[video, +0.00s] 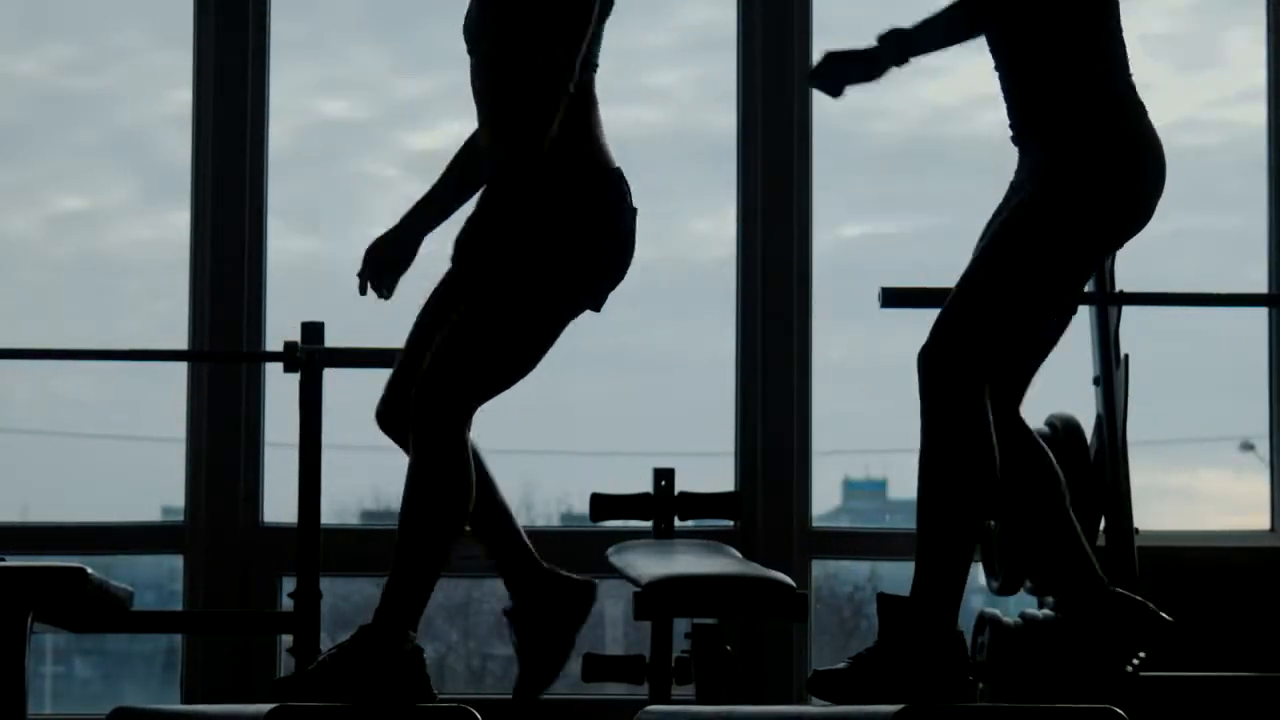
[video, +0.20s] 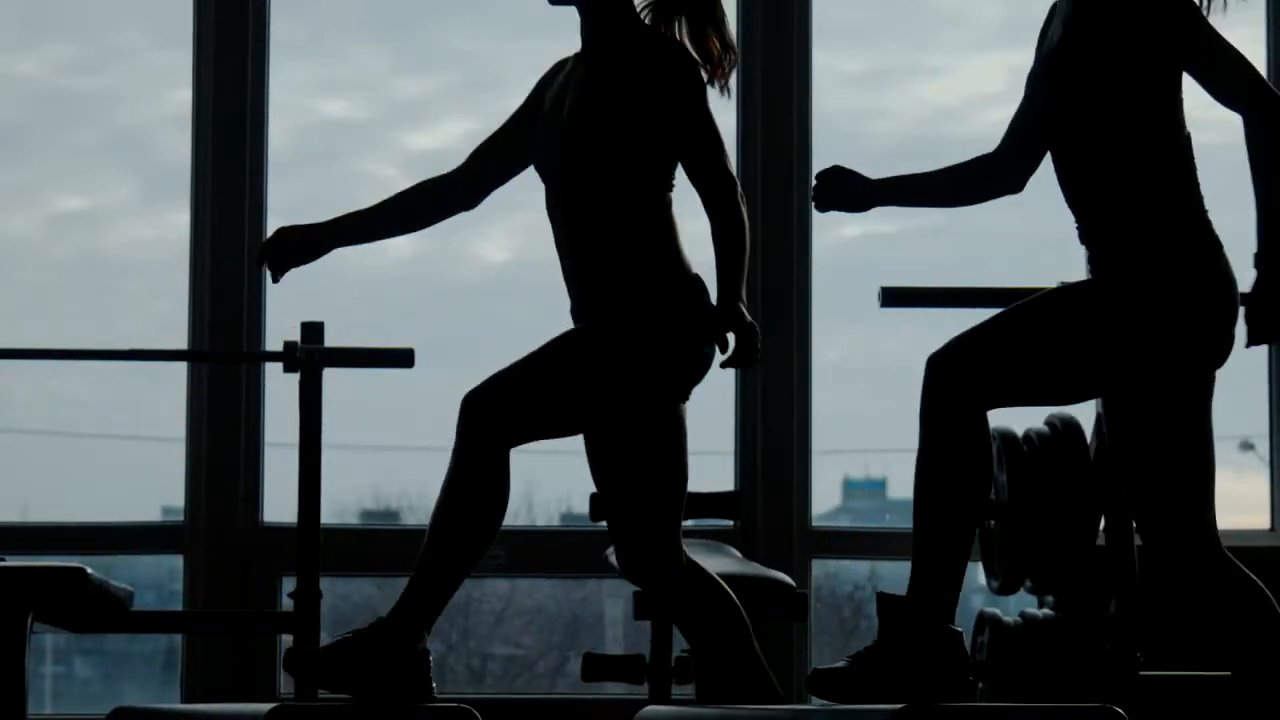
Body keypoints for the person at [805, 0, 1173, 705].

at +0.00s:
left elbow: (992, 9)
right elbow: (989, 12)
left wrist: (885, 50)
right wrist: (883, 54)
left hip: (1086, 155)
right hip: (1064, 156)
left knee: (949, 364)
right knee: (987, 401)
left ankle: (927, 637)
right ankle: (1094, 614)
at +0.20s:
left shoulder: (1147, 8)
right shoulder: (1064, 27)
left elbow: (1261, 107)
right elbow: (1007, 169)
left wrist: (1271, 266)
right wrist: (873, 192)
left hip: (1168, 300)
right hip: (1129, 297)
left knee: (955, 377)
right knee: (1182, 544)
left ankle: (923, 639)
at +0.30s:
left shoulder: (1177, 8)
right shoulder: (1079, 26)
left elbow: (1275, 92)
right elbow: (1047, 186)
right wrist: (928, 232)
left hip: (1215, 296)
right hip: (1177, 295)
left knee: (1020, 372)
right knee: (1196, 542)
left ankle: (952, 625)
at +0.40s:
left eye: (1062, 19)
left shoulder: (1093, 19)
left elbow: (1086, 158)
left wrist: (1011, 262)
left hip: (1196, 264)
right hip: (1245, 251)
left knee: (1057, 355)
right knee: (1224, 463)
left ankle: (1065, 571)